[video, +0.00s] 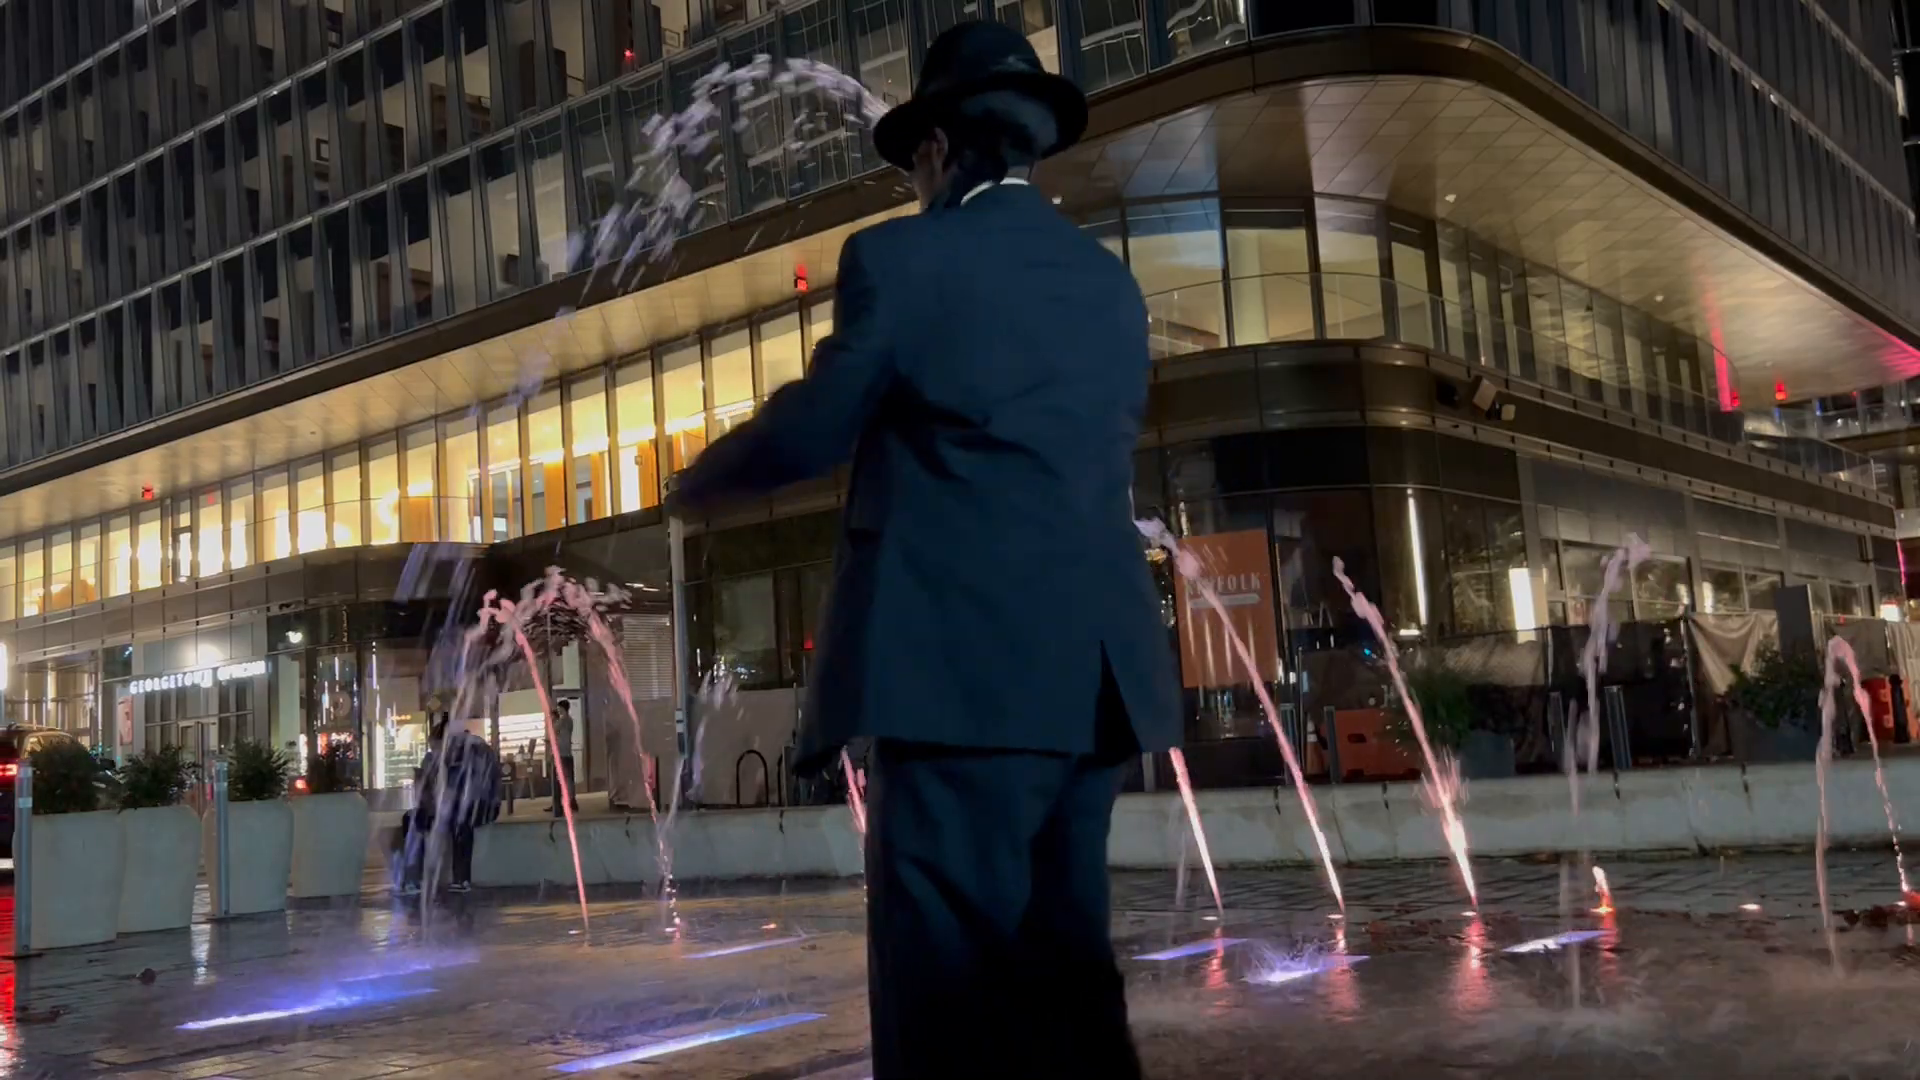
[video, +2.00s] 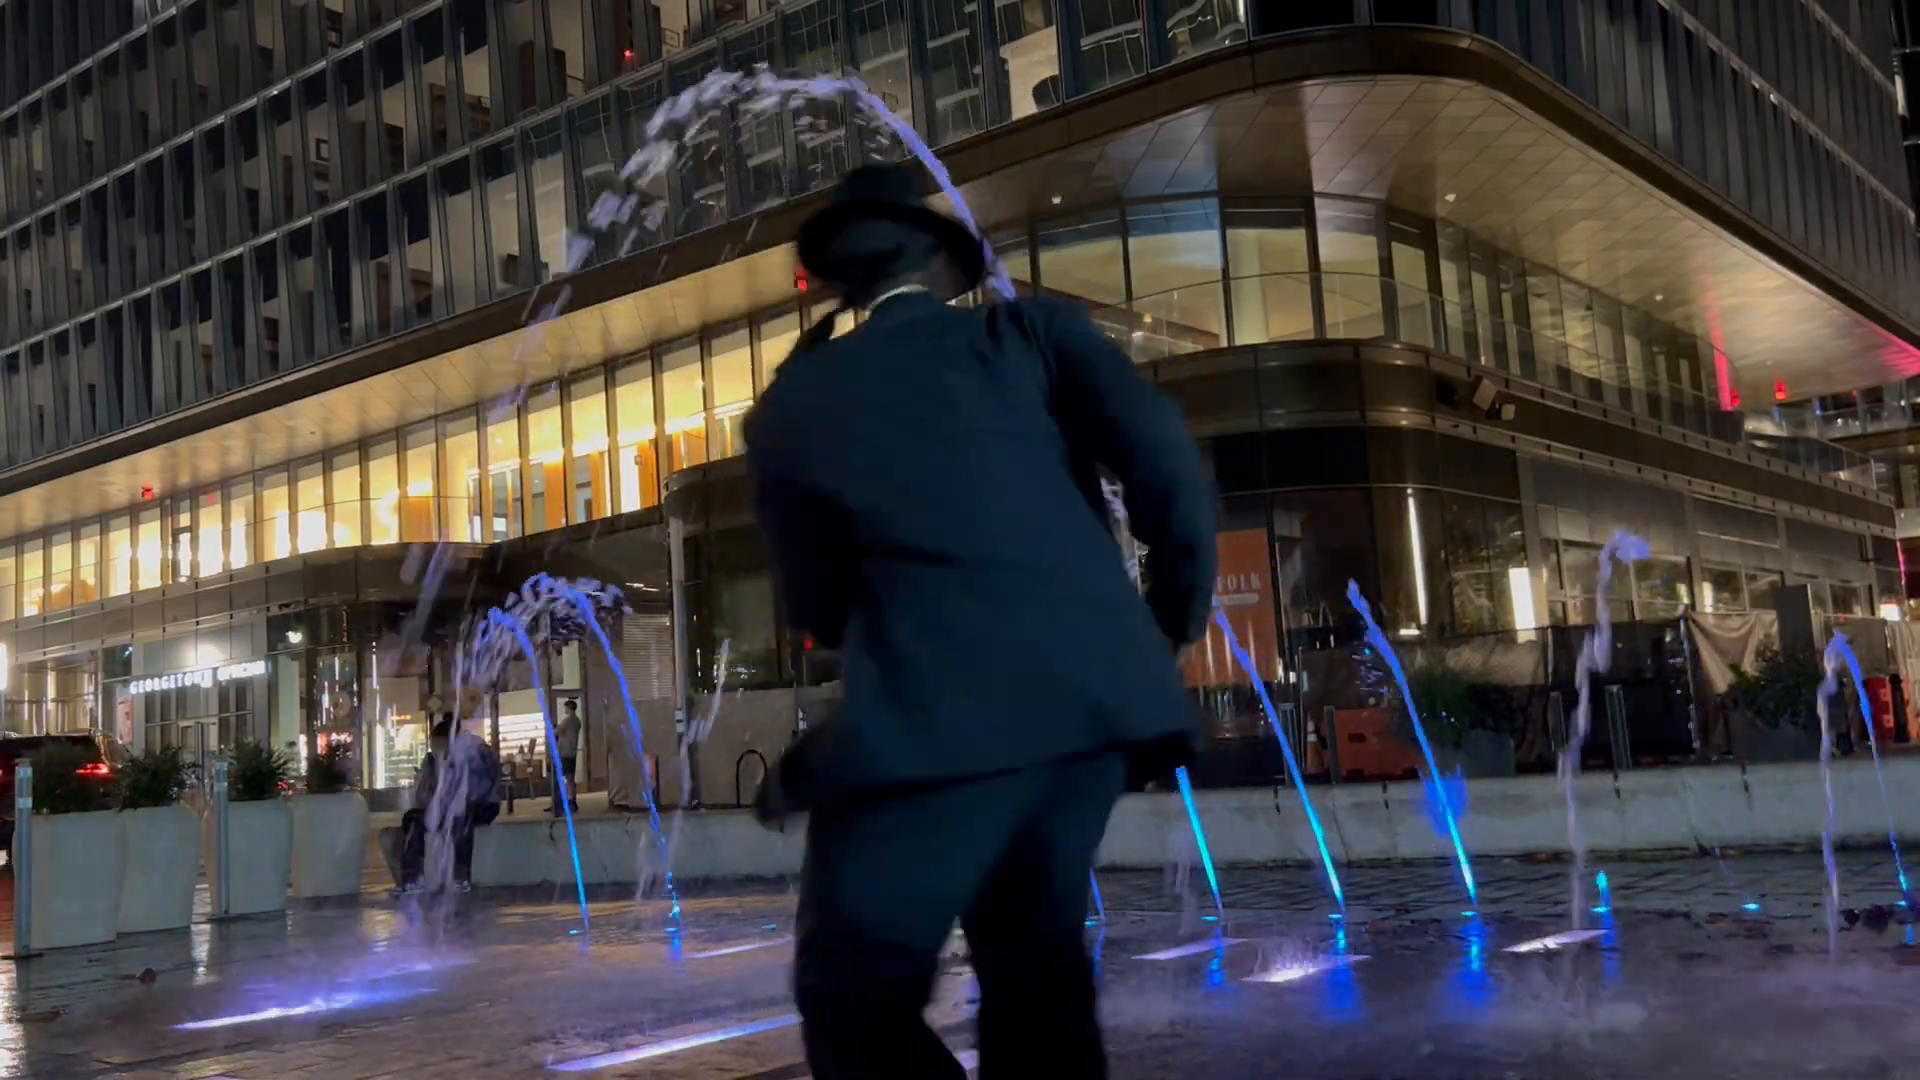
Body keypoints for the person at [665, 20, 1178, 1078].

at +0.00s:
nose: (910, 181)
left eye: (913, 157)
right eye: (911, 161)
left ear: (943, 146)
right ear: (1031, 149)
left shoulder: (899, 258)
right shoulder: (1111, 279)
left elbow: (822, 420)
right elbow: (1081, 444)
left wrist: (702, 479)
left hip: (954, 680)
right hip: (1100, 680)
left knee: (938, 987)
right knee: (1069, 970)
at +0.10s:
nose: (902, 184)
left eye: (907, 159)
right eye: (905, 162)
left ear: (934, 154)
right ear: (1021, 160)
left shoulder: (908, 259)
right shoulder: (1090, 285)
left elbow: (858, 436)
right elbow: (1094, 436)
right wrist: (929, 465)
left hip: (976, 673)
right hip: (1112, 677)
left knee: (948, 981)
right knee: (1078, 957)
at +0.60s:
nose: (850, 211)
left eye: (850, 185)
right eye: (843, 192)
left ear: (895, 156)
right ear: (946, 153)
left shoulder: (900, 249)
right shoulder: (1035, 258)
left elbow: (902, 477)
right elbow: (1078, 460)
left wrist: (918, 584)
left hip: (999, 676)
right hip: (1093, 664)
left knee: (977, 992)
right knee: (1051, 973)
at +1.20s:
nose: (805, 235)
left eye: (805, 212)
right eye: (799, 218)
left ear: (841, 189)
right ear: (923, 192)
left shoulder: (834, 266)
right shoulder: (1038, 313)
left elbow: (801, 454)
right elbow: (1135, 481)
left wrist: (774, 577)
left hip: (932, 683)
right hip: (1072, 675)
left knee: (855, 981)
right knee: (1001, 938)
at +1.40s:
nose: (781, 250)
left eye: (781, 226)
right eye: (775, 232)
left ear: (818, 198)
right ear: (898, 192)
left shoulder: (813, 269)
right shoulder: (994, 296)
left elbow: (800, 483)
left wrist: (809, 614)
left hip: (946, 671)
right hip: (1071, 668)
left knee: (936, 996)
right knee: (986, 975)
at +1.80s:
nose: (747, 354)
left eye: (740, 323)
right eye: (739, 334)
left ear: (756, 290)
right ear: (838, 276)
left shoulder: (830, 336)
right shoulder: (895, 351)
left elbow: (839, 519)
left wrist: (652, 649)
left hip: (1017, 701)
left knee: (880, 976)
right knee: (1014, 972)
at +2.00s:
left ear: (837, 294)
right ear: (953, 265)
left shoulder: (792, 406)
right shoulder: (1039, 327)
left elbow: (816, 606)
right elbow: (1170, 463)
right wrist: (1166, 627)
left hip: (929, 731)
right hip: (1093, 704)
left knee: (854, 1009)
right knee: (1035, 974)